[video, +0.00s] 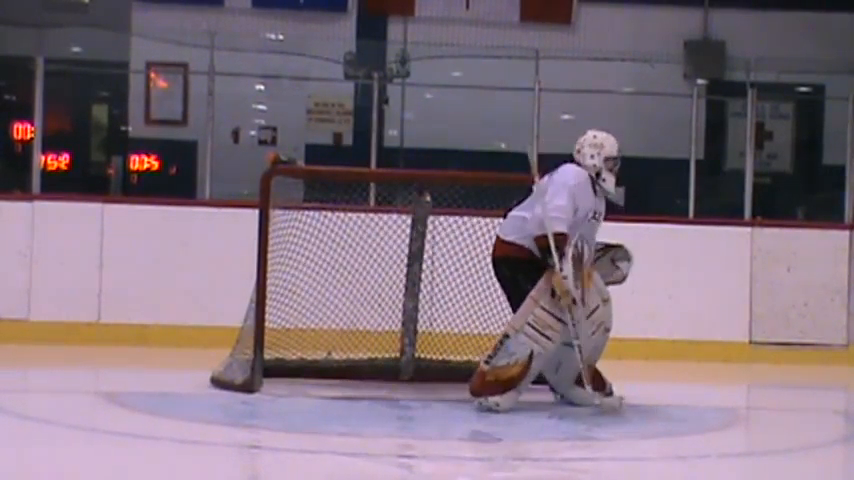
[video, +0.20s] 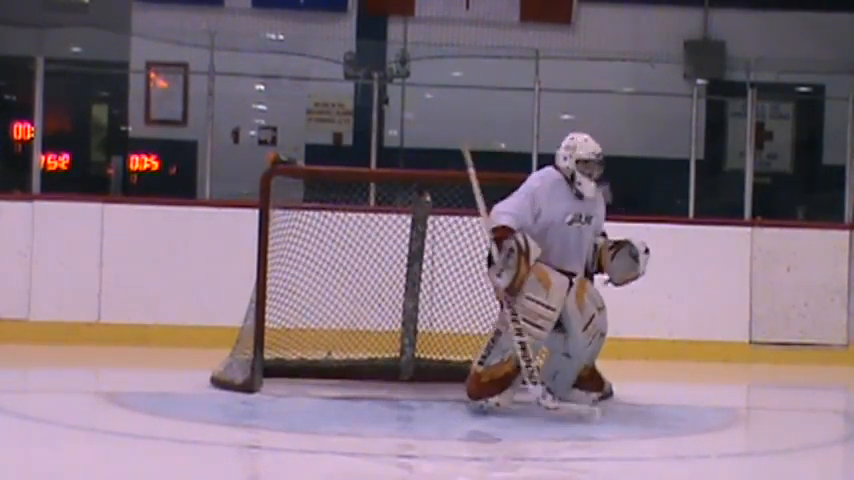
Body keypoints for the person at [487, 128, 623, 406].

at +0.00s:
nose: (614, 167)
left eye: (615, 161)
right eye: (610, 160)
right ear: (593, 159)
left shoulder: (596, 197)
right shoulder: (569, 175)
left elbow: (584, 240)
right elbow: (555, 224)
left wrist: (594, 264)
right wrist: (560, 271)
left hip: (542, 254)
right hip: (515, 250)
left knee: (559, 316)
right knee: (536, 320)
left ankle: (571, 378)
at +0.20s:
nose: (593, 172)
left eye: (597, 165)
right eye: (587, 164)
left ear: (600, 165)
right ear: (567, 162)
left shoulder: (594, 194)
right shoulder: (544, 183)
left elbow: (591, 242)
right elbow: (504, 213)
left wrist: (611, 258)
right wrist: (508, 245)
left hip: (576, 282)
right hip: (539, 276)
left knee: (589, 329)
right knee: (524, 334)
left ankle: (565, 384)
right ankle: (487, 387)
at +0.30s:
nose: (565, 178)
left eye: (571, 171)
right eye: (558, 171)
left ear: (579, 173)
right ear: (543, 171)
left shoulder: (588, 203)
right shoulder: (524, 194)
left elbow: (594, 240)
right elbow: (484, 216)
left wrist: (609, 255)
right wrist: (474, 239)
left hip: (564, 284)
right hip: (518, 279)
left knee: (580, 325)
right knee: (511, 327)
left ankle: (569, 380)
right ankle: (479, 381)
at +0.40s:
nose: (536, 178)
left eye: (542, 172)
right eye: (529, 172)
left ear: (551, 173)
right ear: (516, 171)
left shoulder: (570, 202)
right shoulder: (494, 196)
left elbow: (581, 244)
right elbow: (462, 212)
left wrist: (598, 250)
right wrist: (442, 229)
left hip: (547, 283)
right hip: (497, 280)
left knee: (568, 332)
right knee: (484, 333)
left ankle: (581, 381)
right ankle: (456, 386)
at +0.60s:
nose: (501, 174)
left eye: (507, 168)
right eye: (494, 167)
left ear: (516, 169)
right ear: (480, 167)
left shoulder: (531, 196)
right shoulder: (457, 195)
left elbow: (547, 236)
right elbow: (420, 219)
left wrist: (566, 243)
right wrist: (406, 239)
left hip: (512, 282)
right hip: (464, 280)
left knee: (531, 336)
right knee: (460, 340)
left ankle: (550, 388)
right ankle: (442, 402)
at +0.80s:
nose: (489, 159)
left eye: (495, 153)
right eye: (482, 152)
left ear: (504, 154)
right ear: (469, 153)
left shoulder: (517, 188)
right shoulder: (445, 182)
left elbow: (521, 241)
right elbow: (404, 224)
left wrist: (552, 236)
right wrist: (416, 261)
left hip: (489, 280)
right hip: (445, 276)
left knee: (522, 332)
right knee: (468, 336)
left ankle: (538, 392)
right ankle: (422, 401)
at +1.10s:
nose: (486, 146)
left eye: (492, 140)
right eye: (479, 139)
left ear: (502, 142)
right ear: (465, 139)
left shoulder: (515, 178)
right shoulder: (442, 168)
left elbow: (521, 224)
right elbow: (401, 216)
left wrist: (551, 221)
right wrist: (406, 251)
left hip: (488, 274)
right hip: (439, 271)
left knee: (508, 345)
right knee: (425, 347)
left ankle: (524, 418)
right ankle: (390, 413)